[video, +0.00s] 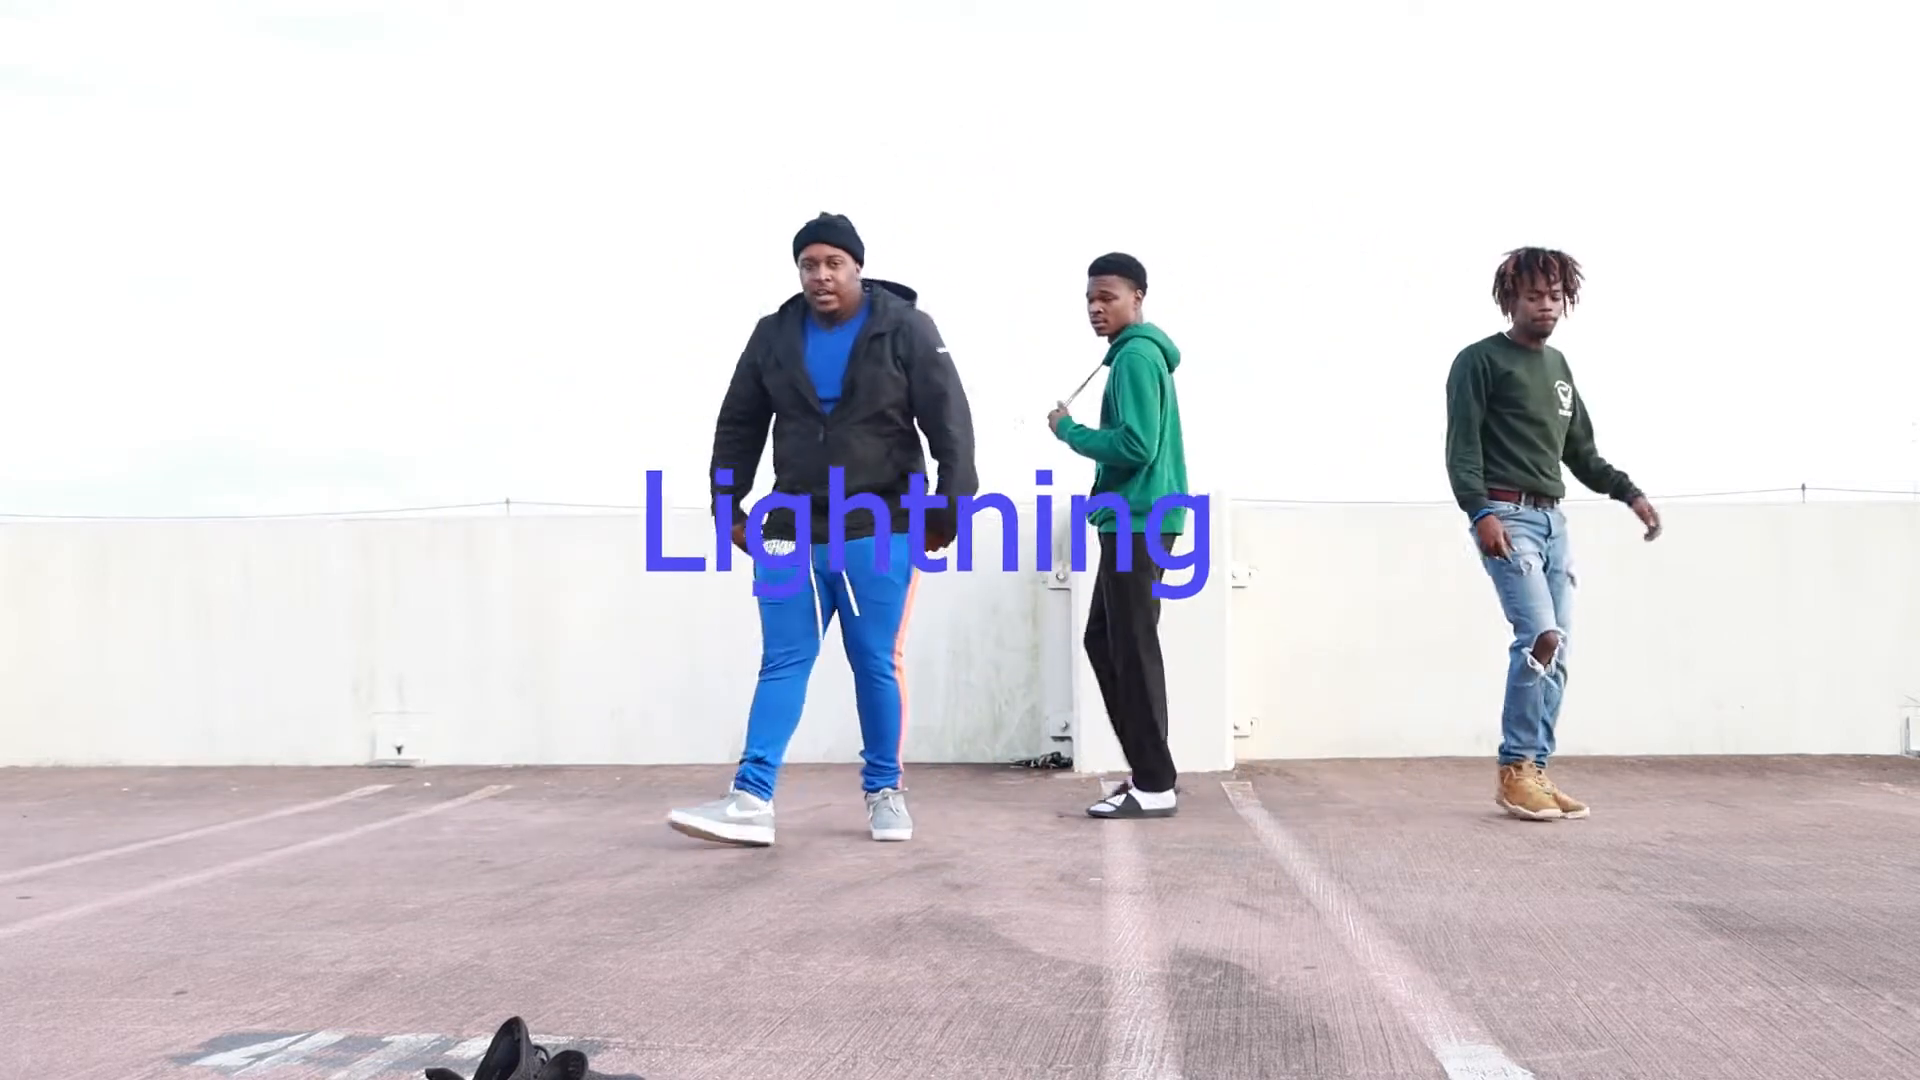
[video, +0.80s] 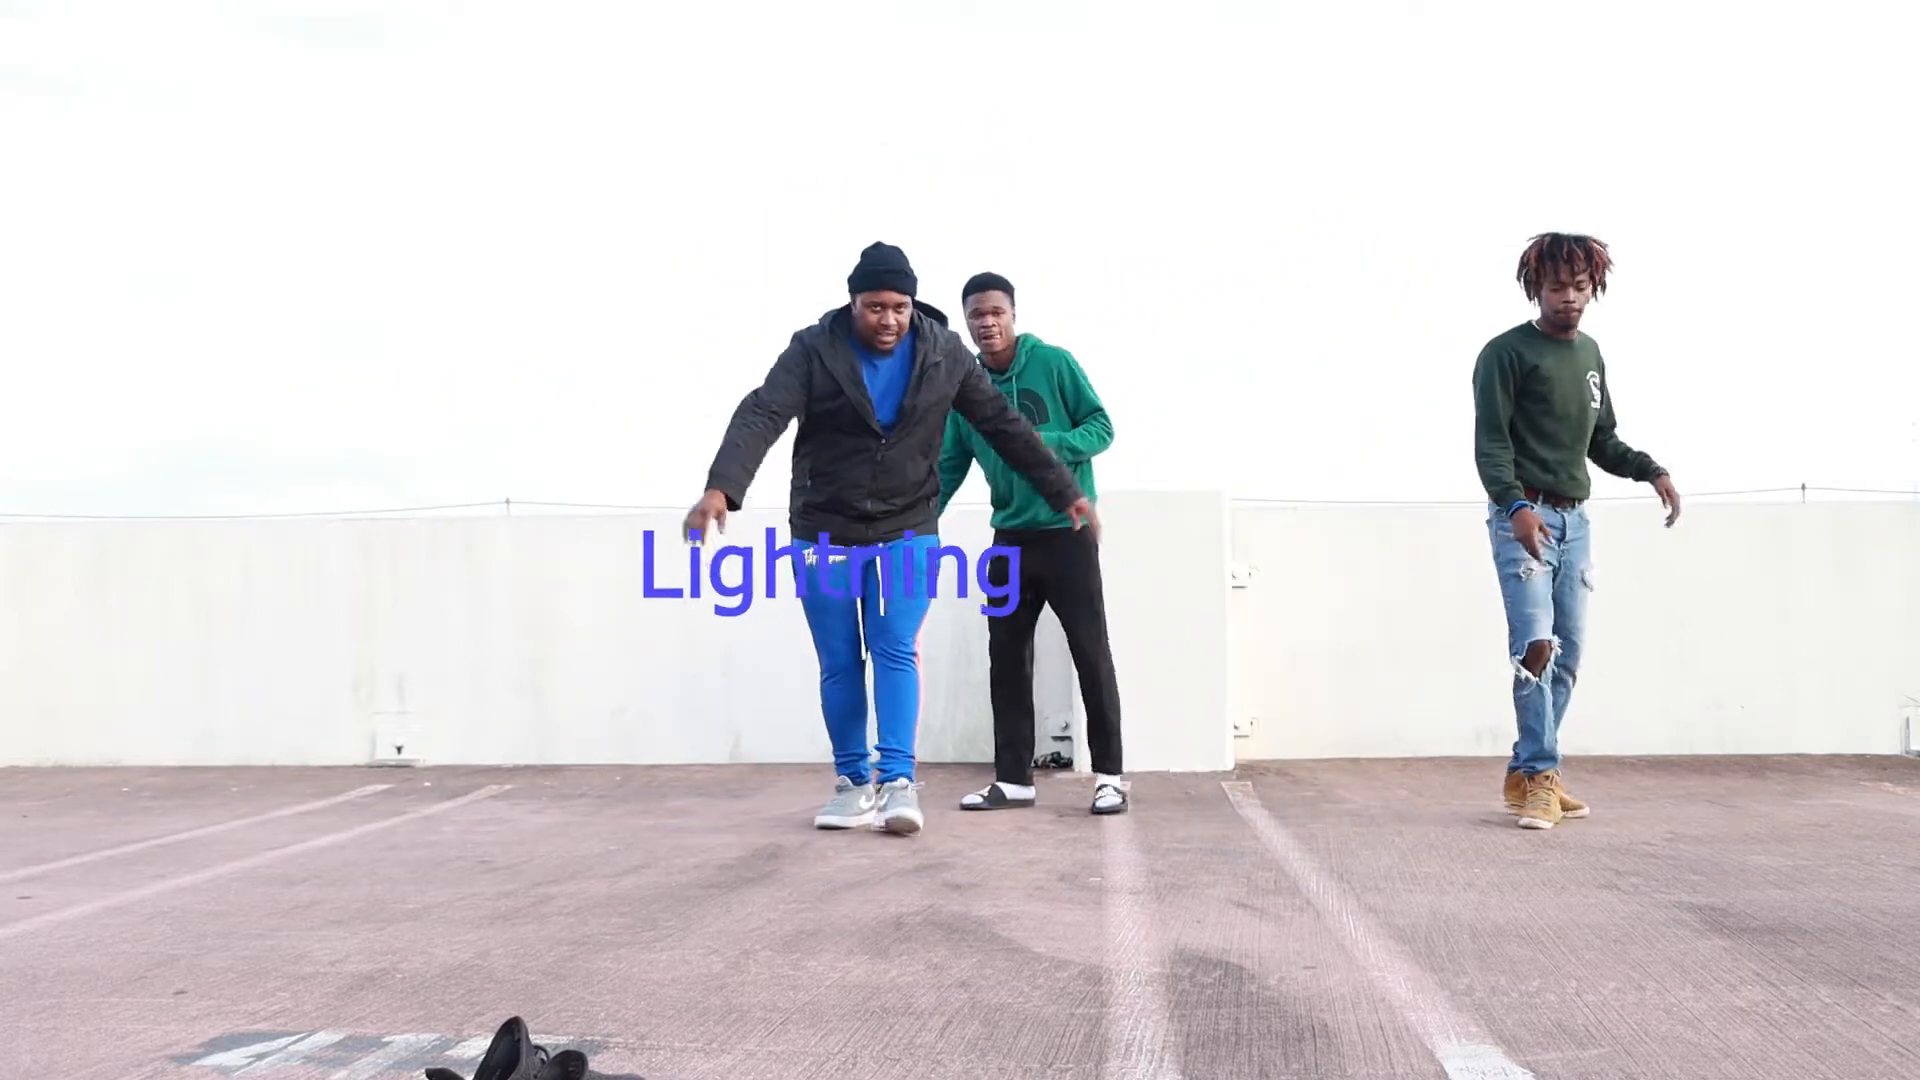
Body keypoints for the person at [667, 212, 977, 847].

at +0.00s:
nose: (820, 277)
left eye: (833, 264)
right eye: (809, 266)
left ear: (859, 267)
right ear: (799, 274)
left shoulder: (904, 328)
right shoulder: (774, 334)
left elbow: (950, 417)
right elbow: (739, 422)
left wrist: (953, 503)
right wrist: (727, 501)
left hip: (879, 521)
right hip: (792, 524)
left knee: (875, 661)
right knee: (782, 660)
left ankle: (884, 791)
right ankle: (752, 797)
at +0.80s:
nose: (887, 319)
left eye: (898, 307)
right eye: (875, 307)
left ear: (912, 303)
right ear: (852, 301)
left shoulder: (943, 352)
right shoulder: (814, 351)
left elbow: (1001, 420)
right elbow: (762, 413)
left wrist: (1065, 490)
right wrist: (722, 487)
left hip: (906, 528)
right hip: (825, 530)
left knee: (895, 649)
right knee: (839, 663)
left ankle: (896, 784)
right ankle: (852, 784)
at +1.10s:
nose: (892, 292)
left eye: (902, 281)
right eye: (879, 280)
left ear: (917, 282)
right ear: (858, 280)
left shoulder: (948, 333)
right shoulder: (819, 331)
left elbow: (1024, 366)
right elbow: (752, 363)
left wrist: (1105, 395)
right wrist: (680, 391)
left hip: (921, 525)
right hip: (835, 526)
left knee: (917, 648)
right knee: (848, 662)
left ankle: (926, 788)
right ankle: (854, 787)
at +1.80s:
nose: (911, 255)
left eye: (922, 247)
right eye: (898, 245)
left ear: (936, 261)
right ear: (875, 256)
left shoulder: (969, 315)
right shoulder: (835, 307)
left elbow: (1036, 331)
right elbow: (765, 340)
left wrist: (1096, 312)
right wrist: (732, 316)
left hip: (941, 508)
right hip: (853, 506)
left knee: (933, 661)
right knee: (860, 654)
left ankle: (925, 798)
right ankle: (850, 804)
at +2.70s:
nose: (915, 286)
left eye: (927, 274)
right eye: (903, 275)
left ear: (947, 267)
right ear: (887, 269)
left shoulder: (986, 314)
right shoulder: (854, 314)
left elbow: (1052, 374)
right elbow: (785, 378)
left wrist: (1041, 387)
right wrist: (817, 379)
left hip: (955, 509)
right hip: (869, 505)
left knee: (941, 655)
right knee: (869, 643)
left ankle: (925, 796)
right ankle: (855, 791)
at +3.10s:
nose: (910, 276)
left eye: (919, 265)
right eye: (897, 267)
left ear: (932, 266)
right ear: (873, 269)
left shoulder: (964, 317)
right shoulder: (841, 317)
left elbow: (984, 396)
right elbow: (827, 389)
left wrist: (954, 329)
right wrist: (906, 372)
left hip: (942, 514)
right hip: (856, 516)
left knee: (932, 656)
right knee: (861, 659)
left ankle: (925, 793)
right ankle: (867, 783)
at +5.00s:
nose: (865, 220)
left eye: (874, 208)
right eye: (850, 216)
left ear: (900, 216)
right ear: (836, 236)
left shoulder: (956, 277)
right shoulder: (817, 300)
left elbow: (999, 350)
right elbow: (803, 391)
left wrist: (938, 331)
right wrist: (892, 349)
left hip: (966, 497)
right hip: (870, 504)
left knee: (978, 659)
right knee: (900, 662)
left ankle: (935, 767)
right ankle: (909, 823)